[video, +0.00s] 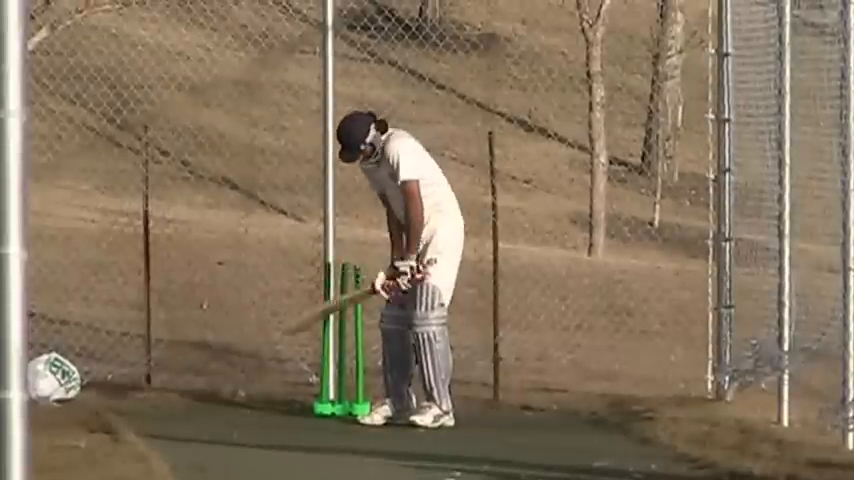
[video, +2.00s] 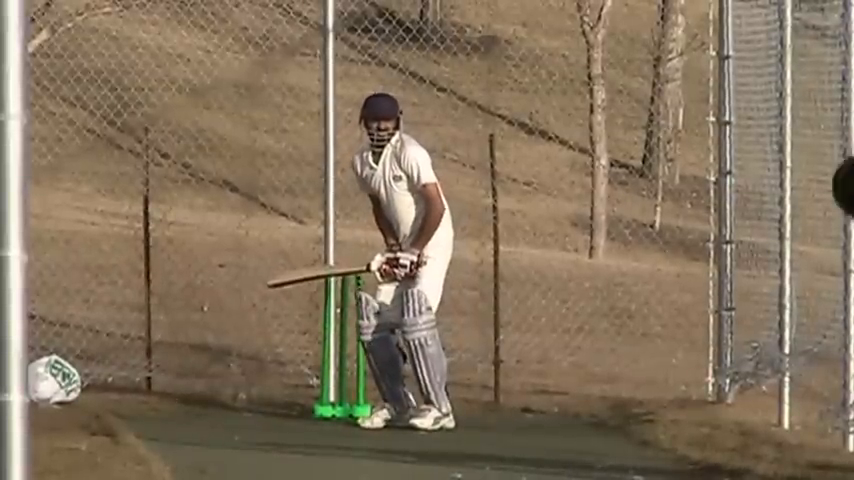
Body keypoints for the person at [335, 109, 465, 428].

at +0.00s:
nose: (360, 160)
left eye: (362, 153)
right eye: (357, 156)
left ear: (373, 140)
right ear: (357, 147)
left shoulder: (398, 148)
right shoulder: (369, 162)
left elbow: (415, 205)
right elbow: (393, 214)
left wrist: (410, 257)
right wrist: (395, 264)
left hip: (439, 235)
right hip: (412, 240)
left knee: (426, 320)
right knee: (393, 321)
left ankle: (439, 406)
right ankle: (399, 401)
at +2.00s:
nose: (379, 131)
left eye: (387, 125)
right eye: (373, 124)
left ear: (398, 124)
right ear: (364, 125)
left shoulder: (409, 153)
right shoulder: (361, 162)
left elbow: (436, 205)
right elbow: (378, 206)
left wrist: (415, 250)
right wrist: (392, 248)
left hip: (430, 242)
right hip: (399, 245)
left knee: (416, 318)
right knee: (373, 320)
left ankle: (438, 406)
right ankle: (397, 403)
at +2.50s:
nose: (383, 148)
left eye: (390, 141)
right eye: (375, 142)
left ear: (401, 142)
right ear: (367, 144)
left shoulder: (411, 177)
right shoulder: (371, 169)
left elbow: (398, 241)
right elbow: (376, 202)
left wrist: (360, 249)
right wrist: (358, 228)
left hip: (431, 259)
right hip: (397, 261)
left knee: (418, 325)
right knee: (361, 330)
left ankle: (442, 406)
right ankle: (395, 404)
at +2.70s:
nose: (410, 149)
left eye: (416, 142)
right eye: (402, 144)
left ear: (425, 142)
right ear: (392, 146)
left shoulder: (443, 168)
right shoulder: (384, 182)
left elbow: (434, 221)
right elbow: (390, 237)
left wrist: (391, 254)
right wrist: (372, 258)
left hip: (439, 271)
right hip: (397, 271)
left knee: (449, 324)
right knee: (360, 331)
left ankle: (445, 407)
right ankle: (381, 394)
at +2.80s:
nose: (416, 148)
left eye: (422, 141)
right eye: (408, 142)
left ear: (431, 138)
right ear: (396, 142)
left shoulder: (441, 147)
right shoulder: (402, 178)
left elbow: (463, 176)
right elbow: (431, 225)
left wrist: (480, 218)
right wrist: (467, 241)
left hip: (448, 256)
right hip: (409, 259)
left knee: (461, 322)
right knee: (390, 329)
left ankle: (450, 401)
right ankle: (362, 394)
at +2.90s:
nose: (428, 150)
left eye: (434, 142)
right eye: (420, 144)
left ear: (439, 139)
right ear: (404, 143)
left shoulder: (442, 147)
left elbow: (483, 180)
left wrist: (526, 205)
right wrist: (533, 199)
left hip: (444, 252)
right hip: (413, 258)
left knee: (462, 324)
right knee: (404, 345)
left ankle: (450, 406)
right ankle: (365, 392)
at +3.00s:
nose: (456, 139)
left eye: (456, 133)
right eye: (451, 134)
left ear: (435, 133)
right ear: (434, 135)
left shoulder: (435, 152)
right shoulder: (429, 165)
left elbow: (478, 153)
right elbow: (485, 166)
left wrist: (521, 140)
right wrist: (524, 139)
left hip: (450, 251)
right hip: (423, 255)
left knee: (470, 326)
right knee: (412, 339)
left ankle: (451, 406)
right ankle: (368, 386)